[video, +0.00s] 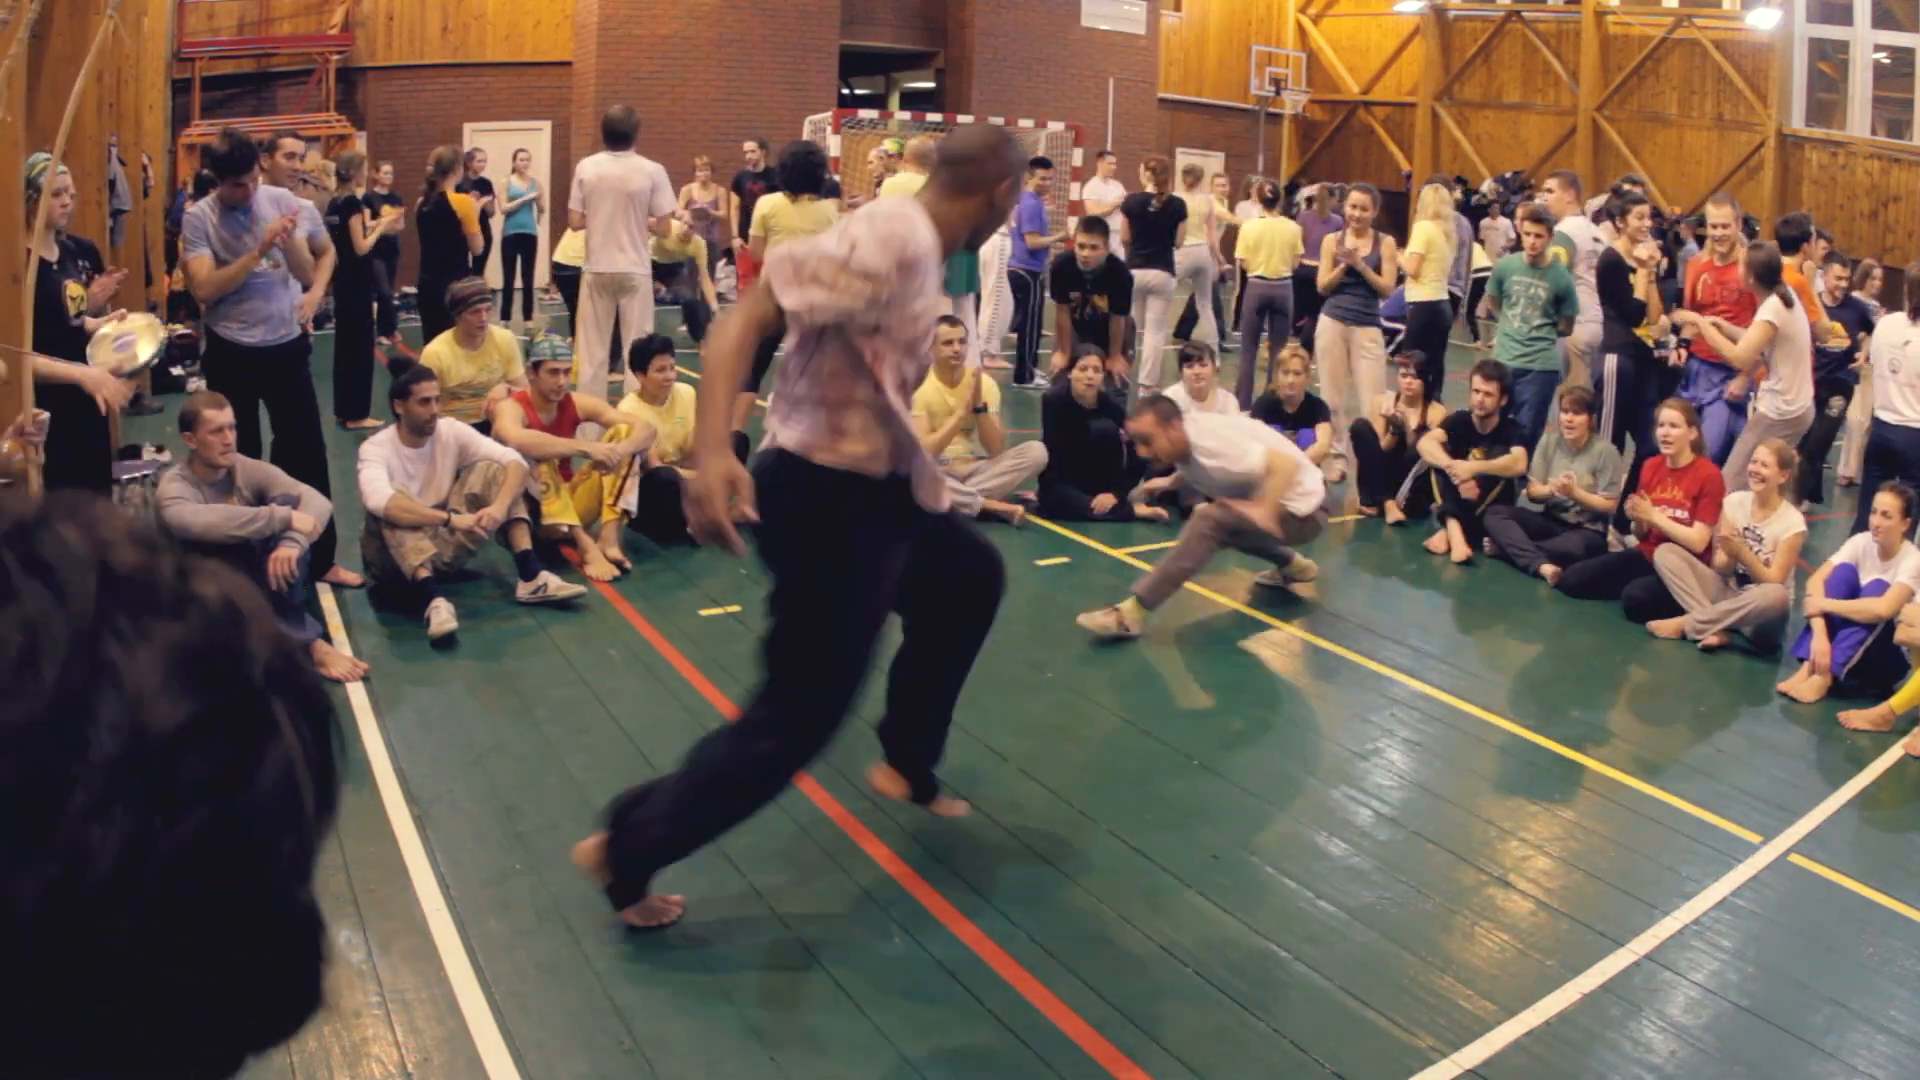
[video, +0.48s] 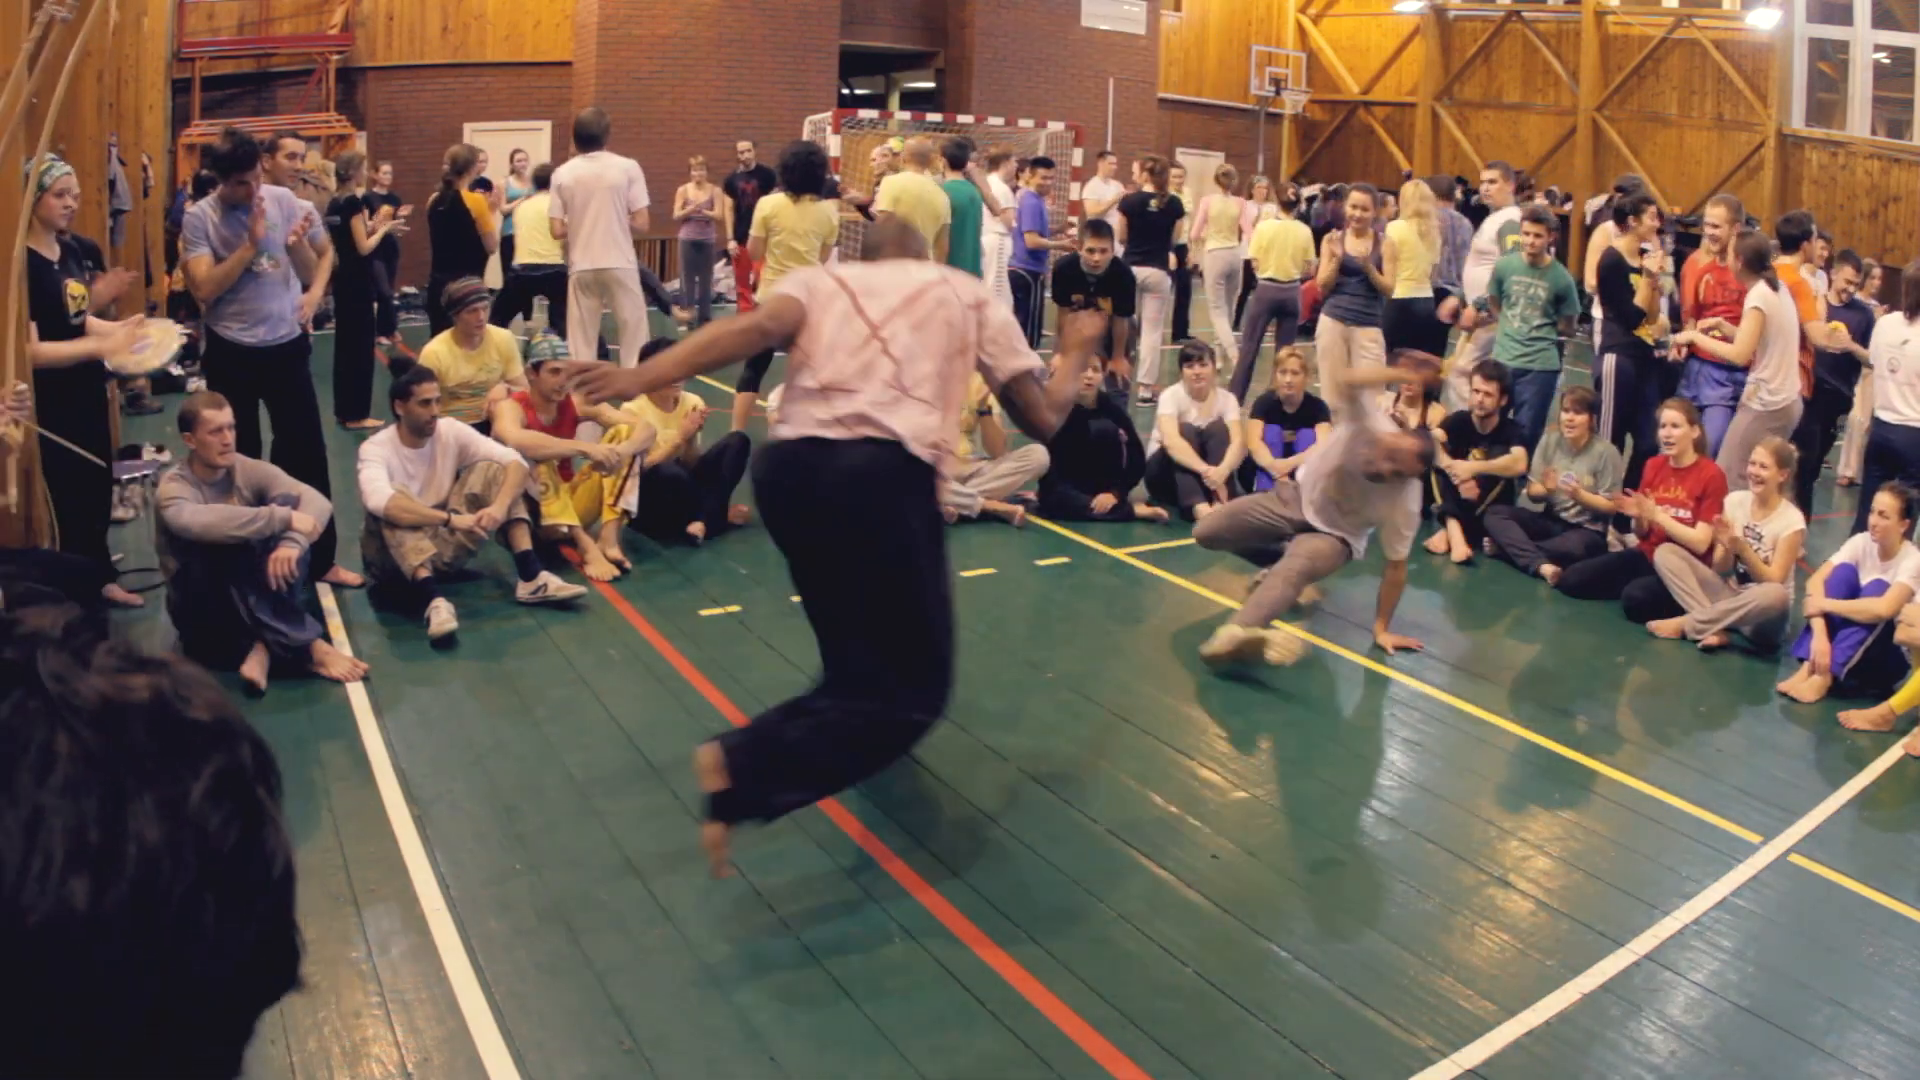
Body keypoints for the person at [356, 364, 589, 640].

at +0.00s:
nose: (434, 410)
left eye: (436, 401)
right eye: (424, 402)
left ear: (441, 400)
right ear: (398, 406)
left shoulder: (450, 430)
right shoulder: (375, 449)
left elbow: (516, 463)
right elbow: (380, 502)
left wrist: (500, 508)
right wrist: (449, 519)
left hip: (449, 546)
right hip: (398, 553)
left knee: (492, 470)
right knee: (395, 499)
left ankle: (532, 576)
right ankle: (435, 601)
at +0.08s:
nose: (434, 410)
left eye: (437, 401)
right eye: (424, 402)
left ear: (441, 400)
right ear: (398, 406)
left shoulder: (450, 430)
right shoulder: (375, 449)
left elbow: (516, 463)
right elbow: (380, 502)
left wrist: (500, 508)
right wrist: (449, 519)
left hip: (449, 546)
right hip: (399, 552)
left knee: (493, 470)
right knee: (395, 500)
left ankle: (532, 576)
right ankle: (434, 601)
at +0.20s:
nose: (434, 410)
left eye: (437, 401)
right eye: (424, 403)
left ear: (441, 400)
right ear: (399, 406)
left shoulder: (450, 430)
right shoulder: (375, 449)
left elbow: (517, 462)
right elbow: (380, 502)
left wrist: (500, 507)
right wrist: (449, 519)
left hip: (449, 545)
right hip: (399, 550)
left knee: (492, 469)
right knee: (394, 499)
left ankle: (532, 576)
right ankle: (435, 601)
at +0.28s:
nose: (434, 411)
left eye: (437, 402)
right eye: (424, 404)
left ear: (441, 400)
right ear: (399, 406)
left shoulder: (450, 430)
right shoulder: (375, 449)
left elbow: (517, 462)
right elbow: (381, 502)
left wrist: (500, 508)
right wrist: (449, 519)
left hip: (449, 544)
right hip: (399, 550)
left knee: (500, 467)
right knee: (395, 499)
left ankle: (532, 576)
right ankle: (435, 601)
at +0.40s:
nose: (434, 411)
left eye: (437, 402)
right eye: (424, 404)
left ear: (441, 400)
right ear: (399, 407)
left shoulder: (450, 431)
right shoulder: (375, 449)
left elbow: (516, 464)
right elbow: (380, 502)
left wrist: (500, 508)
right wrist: (449, 519)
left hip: (449, 546)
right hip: (398, 551)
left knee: (492, 470)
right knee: (395, 499)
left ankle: (532, 576)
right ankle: (435, 602)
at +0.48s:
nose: (434, 411)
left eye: (437, 402)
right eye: (424, 404)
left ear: (441, 401)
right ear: (399, 407)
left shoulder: (450, 431)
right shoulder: (375, 449)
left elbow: (516, 463)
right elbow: (380, 502)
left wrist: (500, 508)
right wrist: (449, 519)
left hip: (449, 546)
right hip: (398, 551)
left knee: (492, 469)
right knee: (395, 499)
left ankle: (532, 576)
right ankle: (435, 601)